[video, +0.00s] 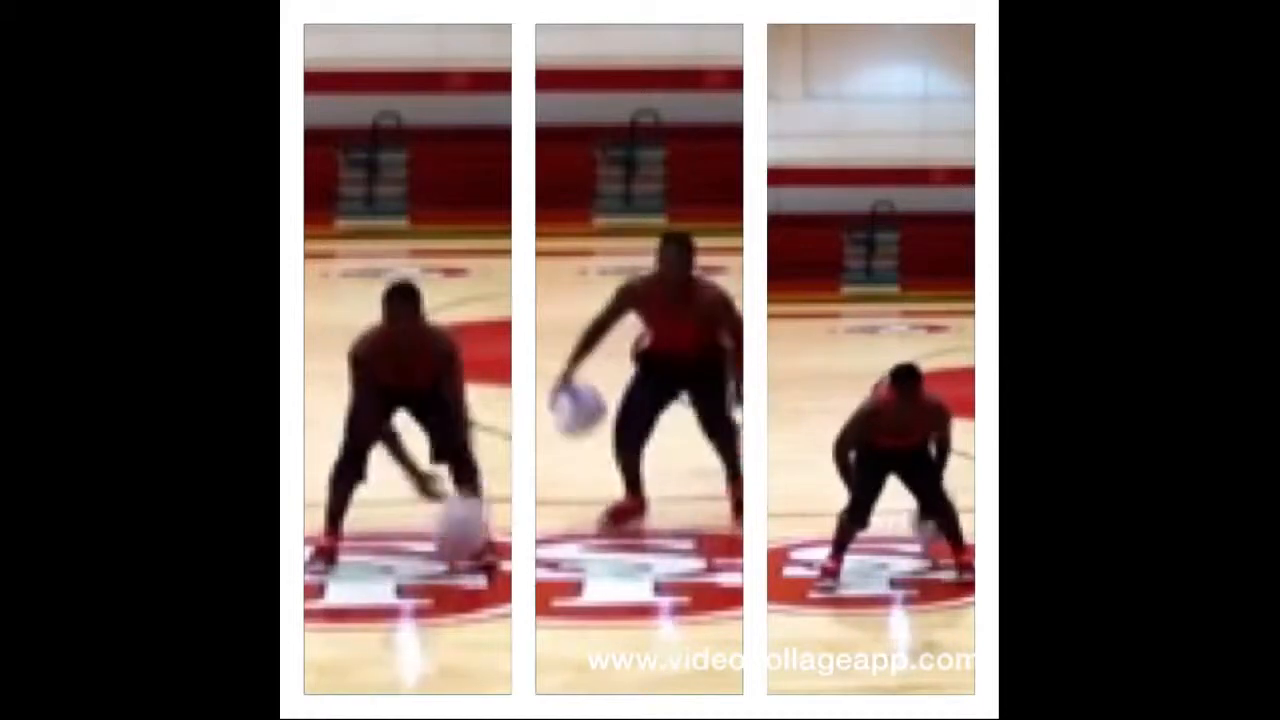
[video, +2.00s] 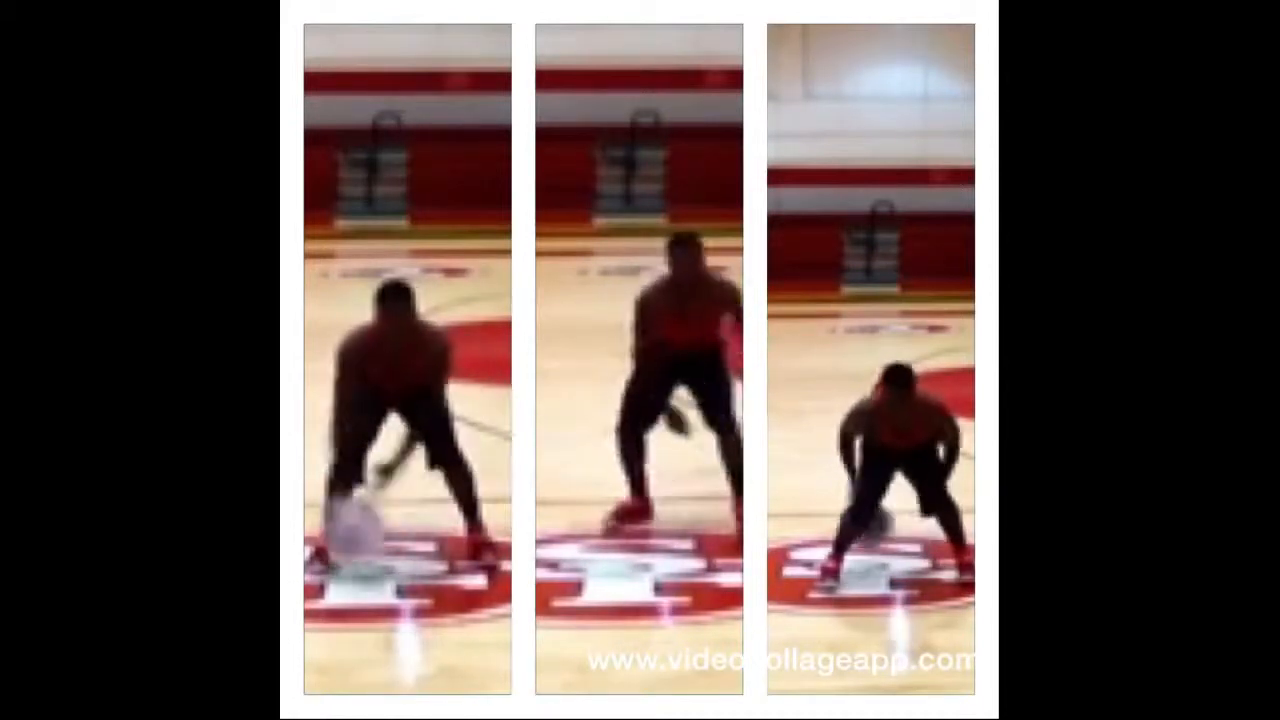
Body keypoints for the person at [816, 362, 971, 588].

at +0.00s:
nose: (906, 403)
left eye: (911, 395)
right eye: (901, 396)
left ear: (920, 391)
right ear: (891, 391)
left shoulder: (934, 410)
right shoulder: (874, 409)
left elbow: (943, 445)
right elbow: (841, 446)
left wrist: (935, 477)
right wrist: (853, 485)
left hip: (913, 455)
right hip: (873, 456)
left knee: (939, 505)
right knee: (858, 509)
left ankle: (961, 557)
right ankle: (834, 560)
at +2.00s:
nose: (893, 404)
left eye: (901, 398)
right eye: (889, 396)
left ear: (912, 392)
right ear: (882, 390)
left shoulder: (930, 410)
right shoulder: (869, 410)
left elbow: (952, 438)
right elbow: (846, 436)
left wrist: (943, 472)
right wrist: (852, 475)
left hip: (919, 452)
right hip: (879, 451)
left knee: (940, 502)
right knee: (862, 507)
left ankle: (962, 557)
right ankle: (835, 559)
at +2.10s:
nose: (907, 403)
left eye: (913, 397)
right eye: (902, 396)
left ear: (922, 391)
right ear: (893, 390)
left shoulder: (939, 412)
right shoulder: (876, 410)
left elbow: (946, 449)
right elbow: (849, 446)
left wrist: (936, 480)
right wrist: (859, 480)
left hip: (920, 453)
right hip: (881, 452)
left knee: (940, 501)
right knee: (867, 506)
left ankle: (962, 555)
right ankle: (835, 560)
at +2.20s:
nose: (912, 405)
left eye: (917, 397)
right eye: (906, 397)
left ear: (925, 392)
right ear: (897, 392)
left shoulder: (939, 409)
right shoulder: (878, 410)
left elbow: (953, 442)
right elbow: (845, 453)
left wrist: (958, 484)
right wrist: (859, 497)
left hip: (918, 454)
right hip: (879, 454)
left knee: (947, 504)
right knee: (866, 511)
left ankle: (963, 559)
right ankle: (834, 562)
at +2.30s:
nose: (906, 404)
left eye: (911, 397)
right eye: (901, 396)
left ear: (920, 392)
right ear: (891, 391)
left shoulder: (934, 410)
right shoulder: (874, 410)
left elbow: (947, 441)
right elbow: (845, 451)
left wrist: (948, 478)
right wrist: (857, 493)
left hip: (916, 455)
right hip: (876, 455)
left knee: (944, 501)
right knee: (862, 511)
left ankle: (962, 558)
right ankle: (834, 560)